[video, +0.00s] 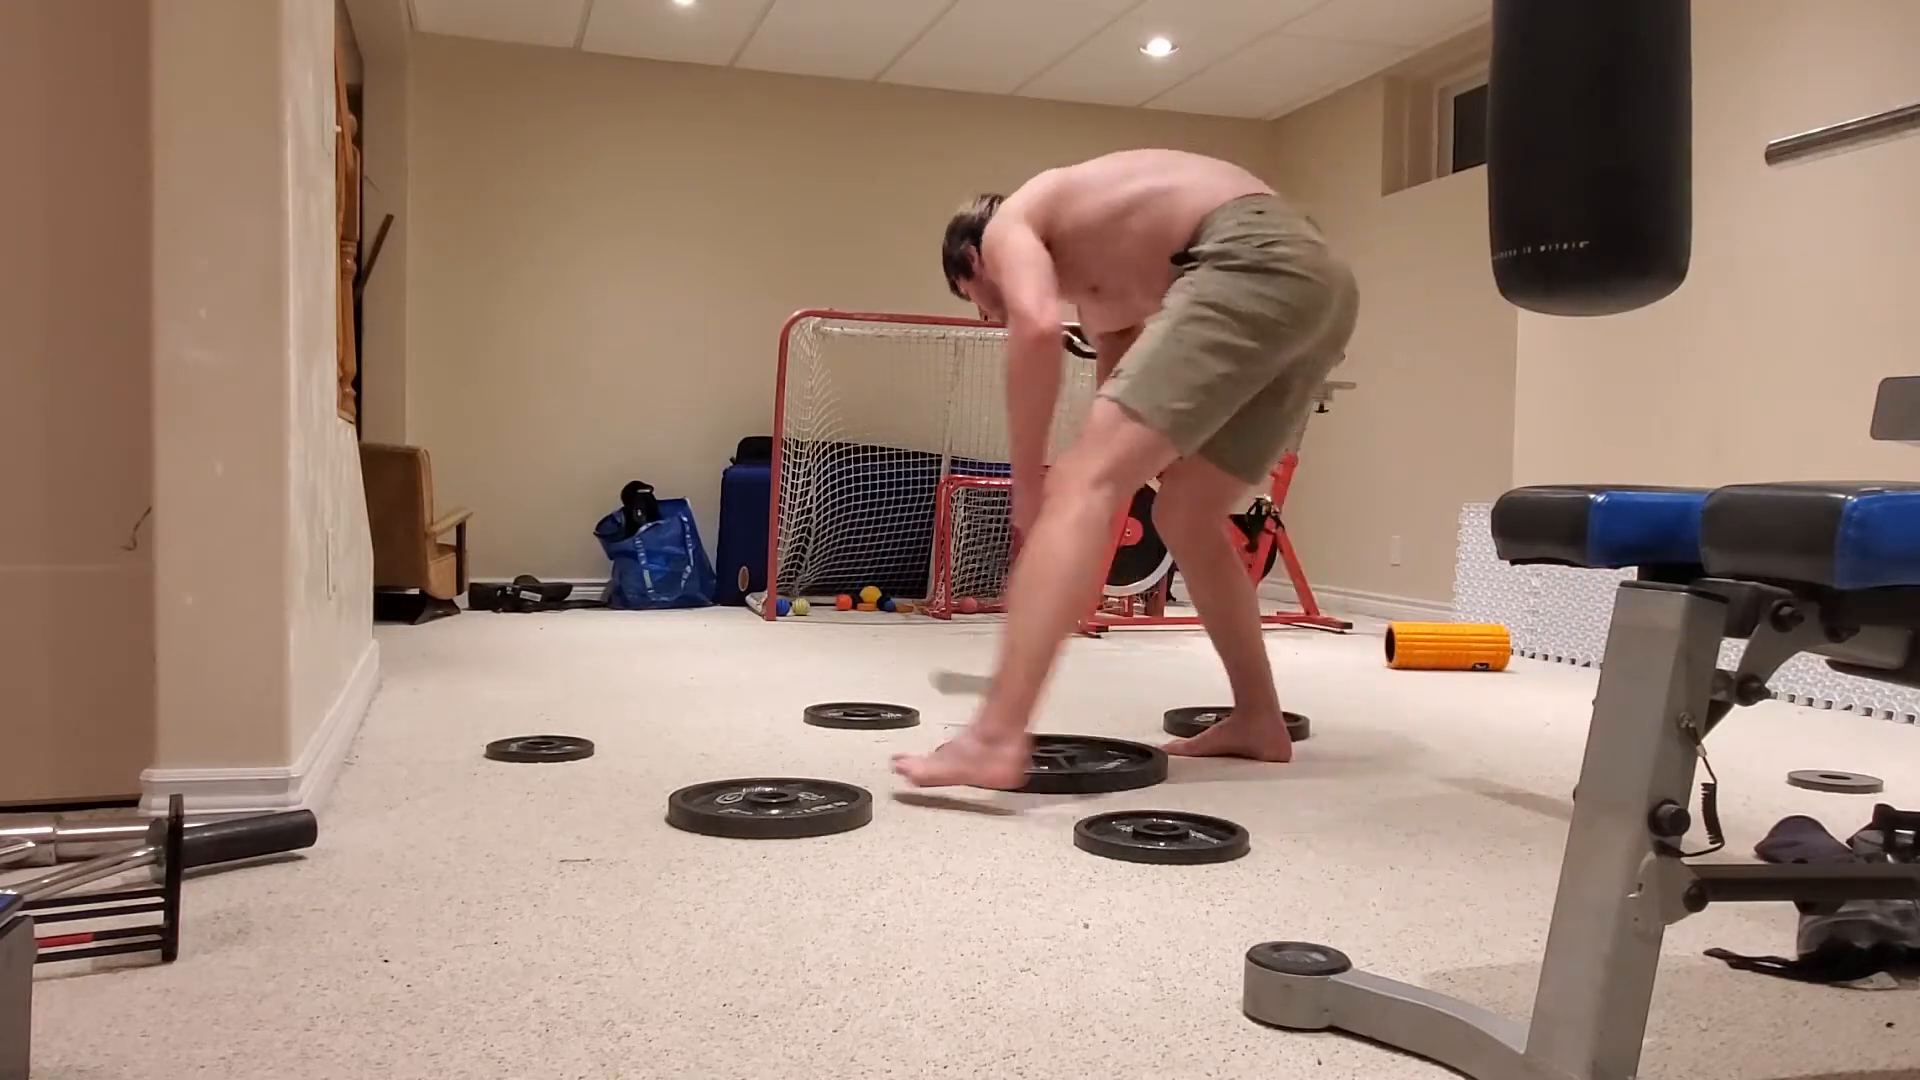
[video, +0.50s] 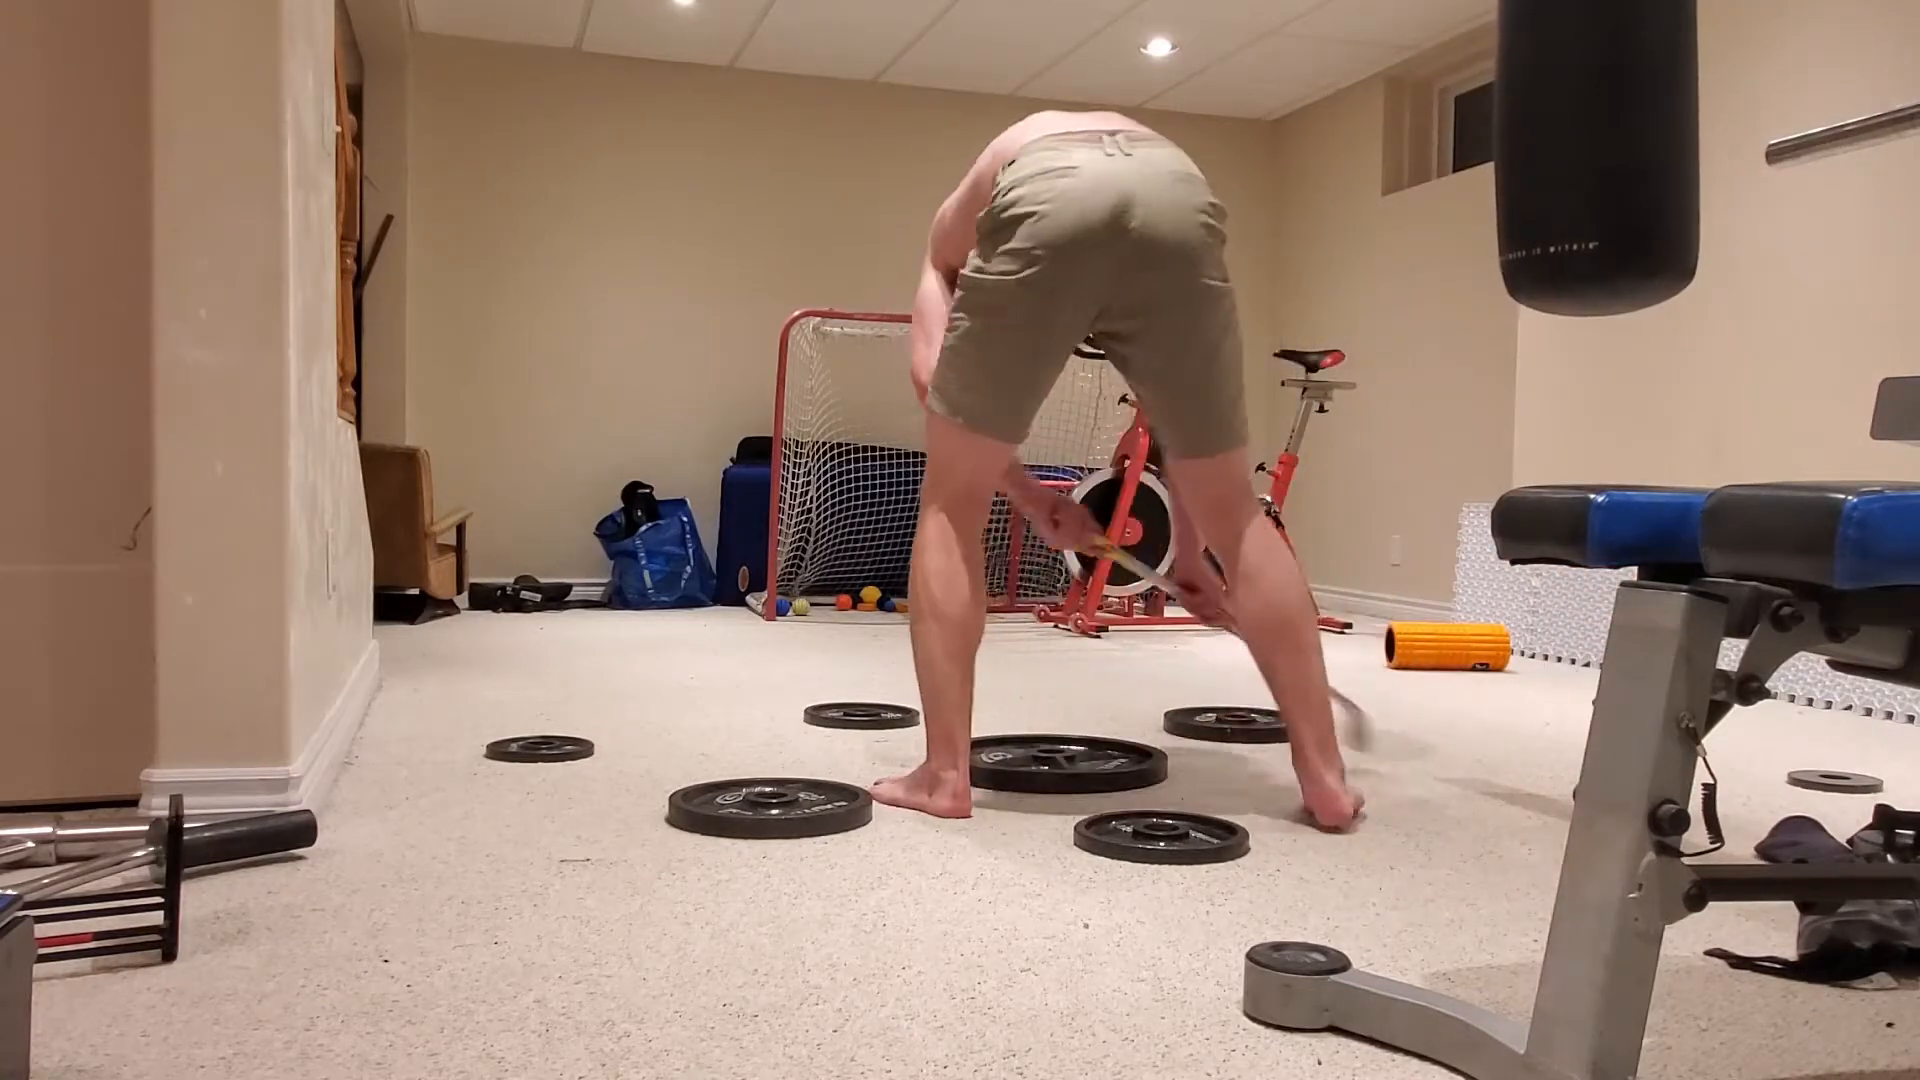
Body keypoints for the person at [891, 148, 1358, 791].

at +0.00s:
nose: (990, 312)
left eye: (974, 297)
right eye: (977, 304)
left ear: (973, 259)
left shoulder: (1008, 227)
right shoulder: (1109, 296)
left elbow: (1037, 329)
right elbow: (1118, 401)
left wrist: (1027, 493)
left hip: (1255, 263)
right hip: (1324, 286)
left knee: (1085, 478)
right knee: (1189, 506)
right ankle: (1258, 721)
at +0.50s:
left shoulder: (952, 233)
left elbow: (931, 376)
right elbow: (1186, 395)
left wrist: (1034, 502)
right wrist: (1189, 560)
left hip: (1043, 195)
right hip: (1175, 183)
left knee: (953, 508)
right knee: (1238, 520)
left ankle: (945, 771)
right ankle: (1325, 780)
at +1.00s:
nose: (1149, 363)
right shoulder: (1359, 288)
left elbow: (1099, 394)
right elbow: (1331, 480)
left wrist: (1171, 513)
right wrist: (1301, 609)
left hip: (1097, 194)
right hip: (1235, 211)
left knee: (1004, 476)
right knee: (1309, 521)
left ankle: (901, 716)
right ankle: (1339, 791)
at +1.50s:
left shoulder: (986, 211)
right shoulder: (1150, 259)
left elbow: (888, 232)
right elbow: (1097, 419)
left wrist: (903, 370)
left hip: (989, 252)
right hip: (1109, 267)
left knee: (897, 519)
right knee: (1205, 547)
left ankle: (839, 737)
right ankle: (1316, 786)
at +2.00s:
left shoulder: (885, 248)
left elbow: (863, 375)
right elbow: (1048, 430)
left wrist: (938, 485)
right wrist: (1020, 555)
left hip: (946, 257)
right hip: (1055, 255)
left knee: (876, 517)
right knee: (1070, 508)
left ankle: (837, 734)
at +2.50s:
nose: (1074, 606)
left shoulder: (1046, 277)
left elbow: (1002, 409)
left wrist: (1045, 546)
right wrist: (1072, 552)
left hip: (1073, 290)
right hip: (1169, 302)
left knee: (1043, 504)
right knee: (1119, 516)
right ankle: (1079, 692)